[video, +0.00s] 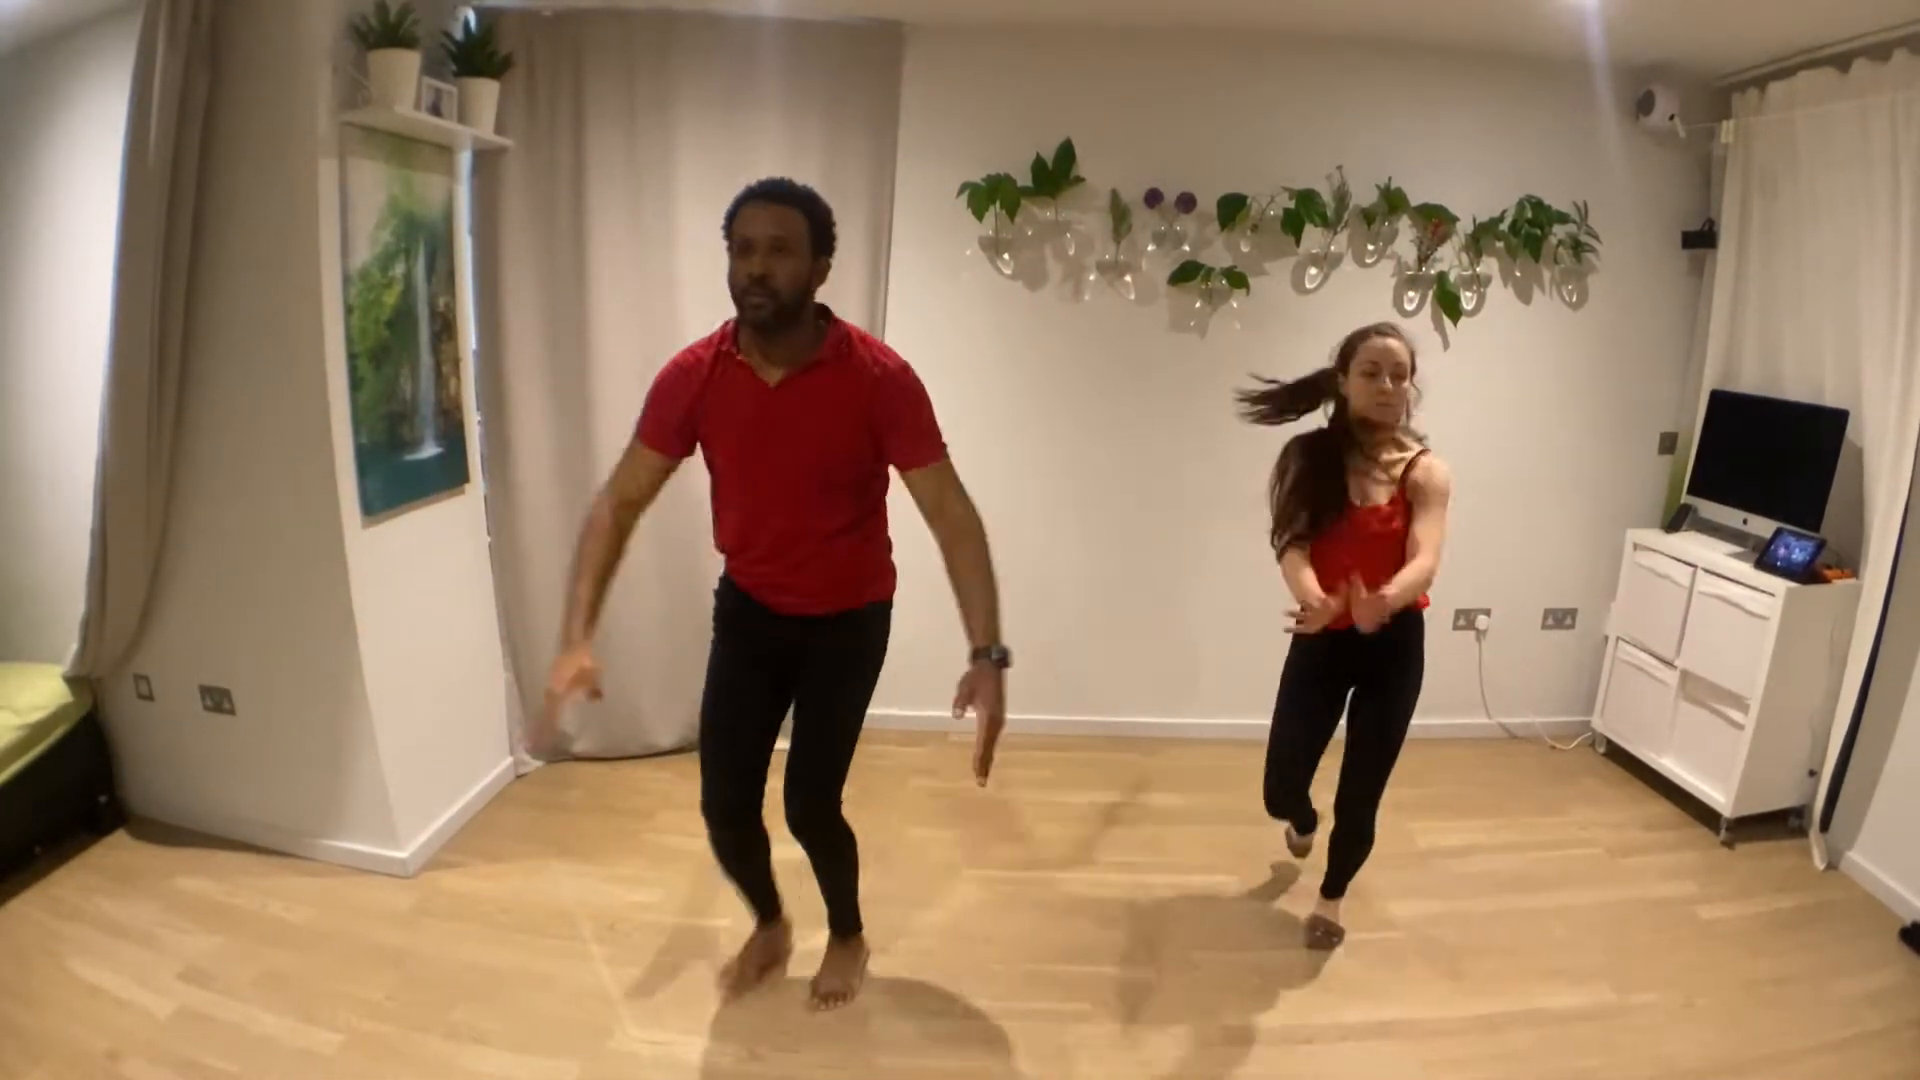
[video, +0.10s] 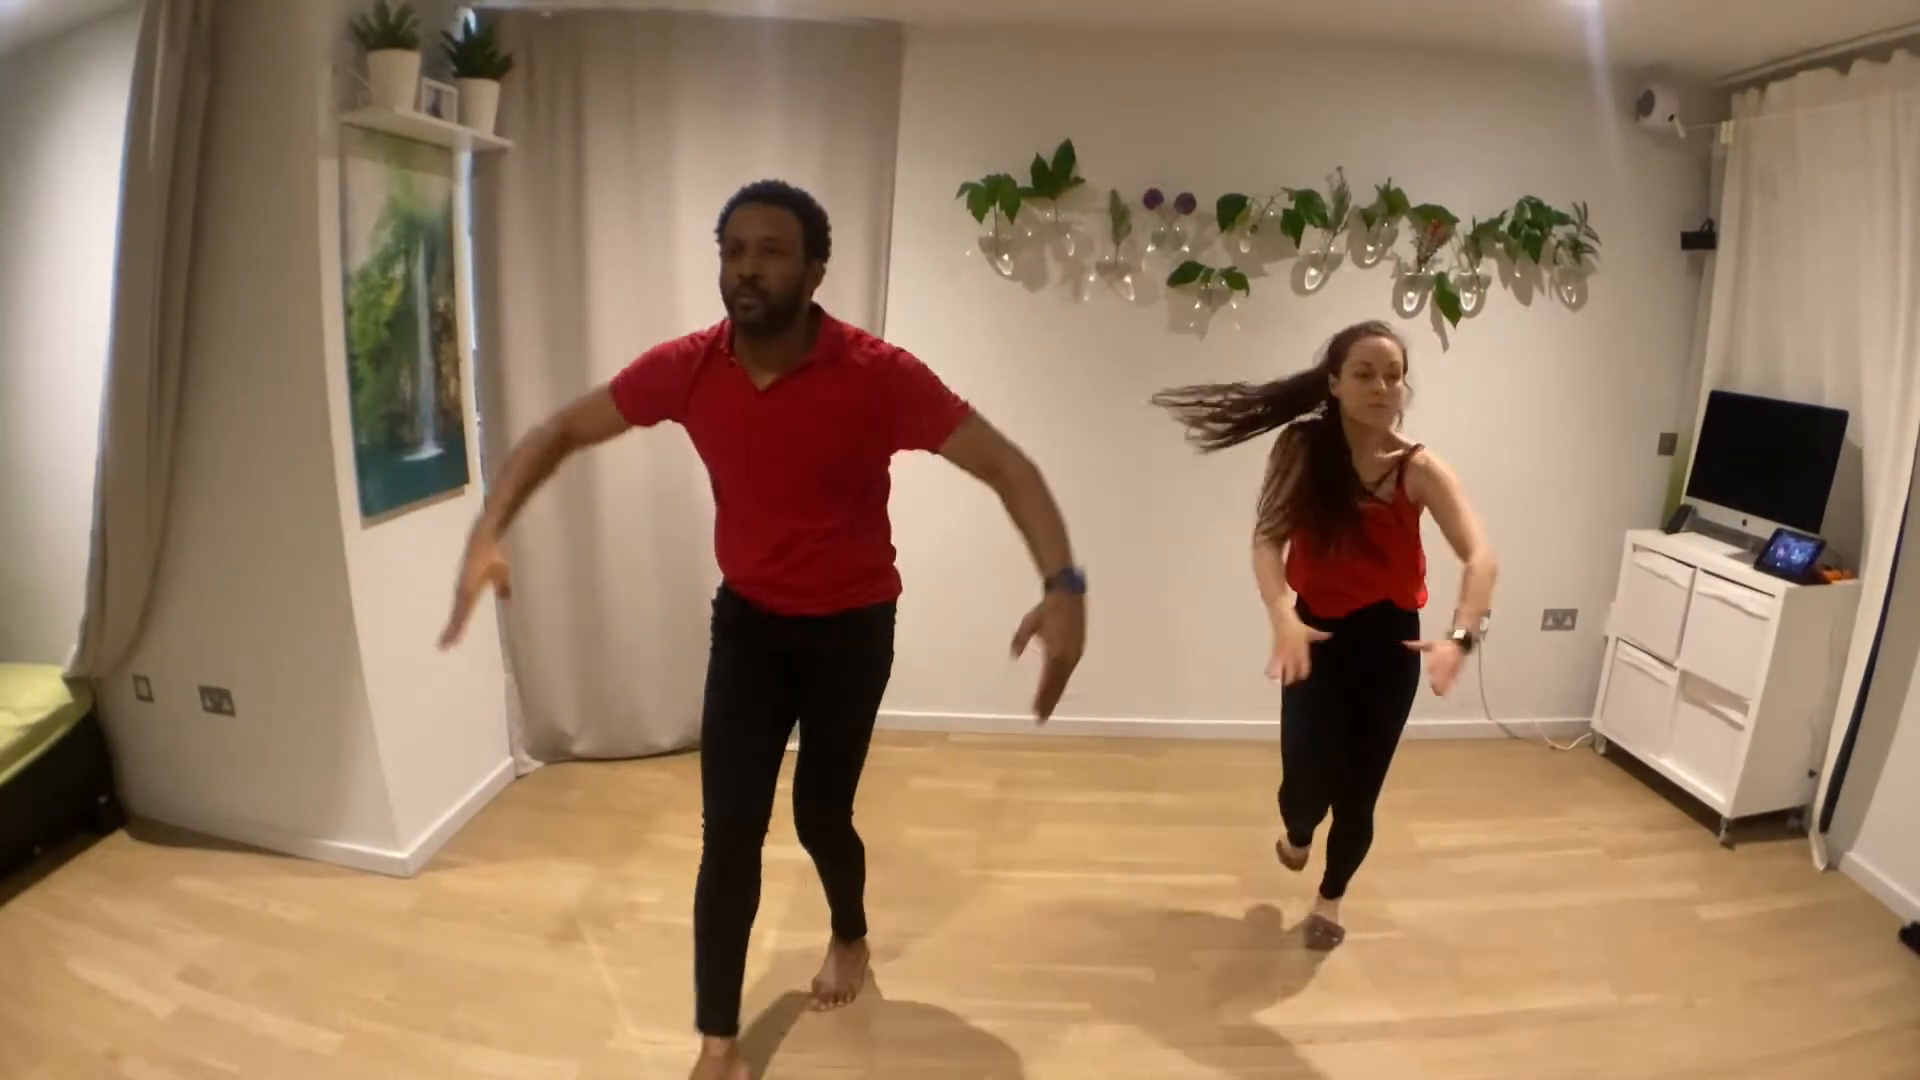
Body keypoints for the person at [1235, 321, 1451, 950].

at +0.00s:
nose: (1386, 386)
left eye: (1399, 376)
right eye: (1371, 373)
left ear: (1412, 388)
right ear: (1342, 382)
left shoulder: (1426, 472)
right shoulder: (1308, 457)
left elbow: (1427, 559)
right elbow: (1291, 545)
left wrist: (1387, 600)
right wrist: (1314, 596)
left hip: (1394, 647)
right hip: (1321, 640)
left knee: (1357, 796)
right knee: (1281, 790)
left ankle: (1332, 899)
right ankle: (1305, 825)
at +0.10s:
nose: (1382, 387)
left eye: (1394, 376)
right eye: (1365, 375)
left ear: (1405, 388)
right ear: (1334, 384)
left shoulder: (1419, 469)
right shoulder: (1300, 449)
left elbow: (1480, 556)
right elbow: (1266, 540)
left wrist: (1461, 639)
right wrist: (1283, 617)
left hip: (1389, 632)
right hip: (1314, 625)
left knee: (1360, 786)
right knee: (1310, 775)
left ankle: (1331, 901)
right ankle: (1298, 832)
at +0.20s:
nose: (1378, 385)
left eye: (1389, 372)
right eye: (1361, 372)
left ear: (1402, 382)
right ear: (1328, 381)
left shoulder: (1420, 462)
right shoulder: (1290, 448)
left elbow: (1521, 516)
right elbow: (1220, 511)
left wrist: (1552, 610)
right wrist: (1193, 585)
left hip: (1387, 639)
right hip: (1312, 634)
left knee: (1356, 793)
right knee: (1315, 782)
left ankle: (1324, 895)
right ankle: (1287, 907)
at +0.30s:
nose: (1375, 387)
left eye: (1386, 374)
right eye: (1357, 374)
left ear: (1396, 382)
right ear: (1320, 381)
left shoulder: (1410, 456)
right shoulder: (1281, 442)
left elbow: (1529, 486)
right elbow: (1189, 481)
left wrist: (1593, 559)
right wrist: (1124, 534)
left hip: (1386, 652)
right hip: (1309, 650)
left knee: (1350, 808)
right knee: (1297, 813)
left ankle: (1313, 894)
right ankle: (1259, 977)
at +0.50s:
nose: (1358, 392)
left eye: (1369, 378)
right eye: (1341, 378)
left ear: (1382, 388)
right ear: (1303, 388)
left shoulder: (1390, 452)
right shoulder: (1264, 447)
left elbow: (1494, 459)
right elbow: (1159, 450)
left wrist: (1585, 485)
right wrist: (1050, 448)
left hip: (1371, 668)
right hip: (1290, 670)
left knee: (1339, 828)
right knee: (1276, 856)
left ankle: (1302, 892)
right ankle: (1233, 1010)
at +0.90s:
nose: (1322, 410)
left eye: (1335, 397)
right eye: (1303, 396)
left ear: (1349, 413)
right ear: (1263, 411)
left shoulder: (1364, 512)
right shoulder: (1228, 502)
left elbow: (1471, 551)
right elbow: (1112, 523)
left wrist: (1567, 529)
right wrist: (1014, 478)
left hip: (1317, 722)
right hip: (1231, 717)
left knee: (1291, 891)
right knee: (1230, 883)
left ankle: (1245, 836)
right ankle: (1234, 1022)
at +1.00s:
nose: (1315, 406)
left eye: (1328, 393)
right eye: (1295, 393)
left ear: (1341, 406)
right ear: (1261, 407)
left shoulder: (1359, 512)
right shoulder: (1218, 497)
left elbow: (1463, 586)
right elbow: (1140, 555)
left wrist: (1578, 591)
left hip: (1311, 708)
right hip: (1229, 702)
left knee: (1275, 866)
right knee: (1230, 870)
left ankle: (1219, 874)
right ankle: (1234, 1014)